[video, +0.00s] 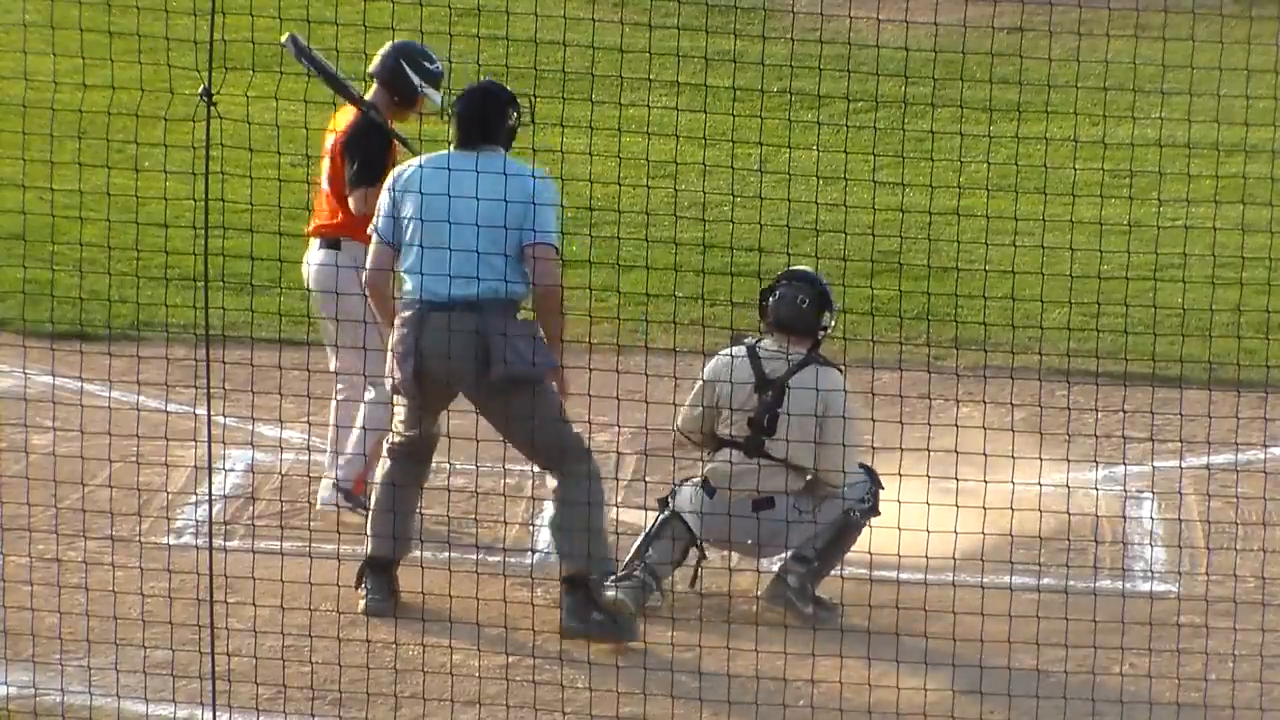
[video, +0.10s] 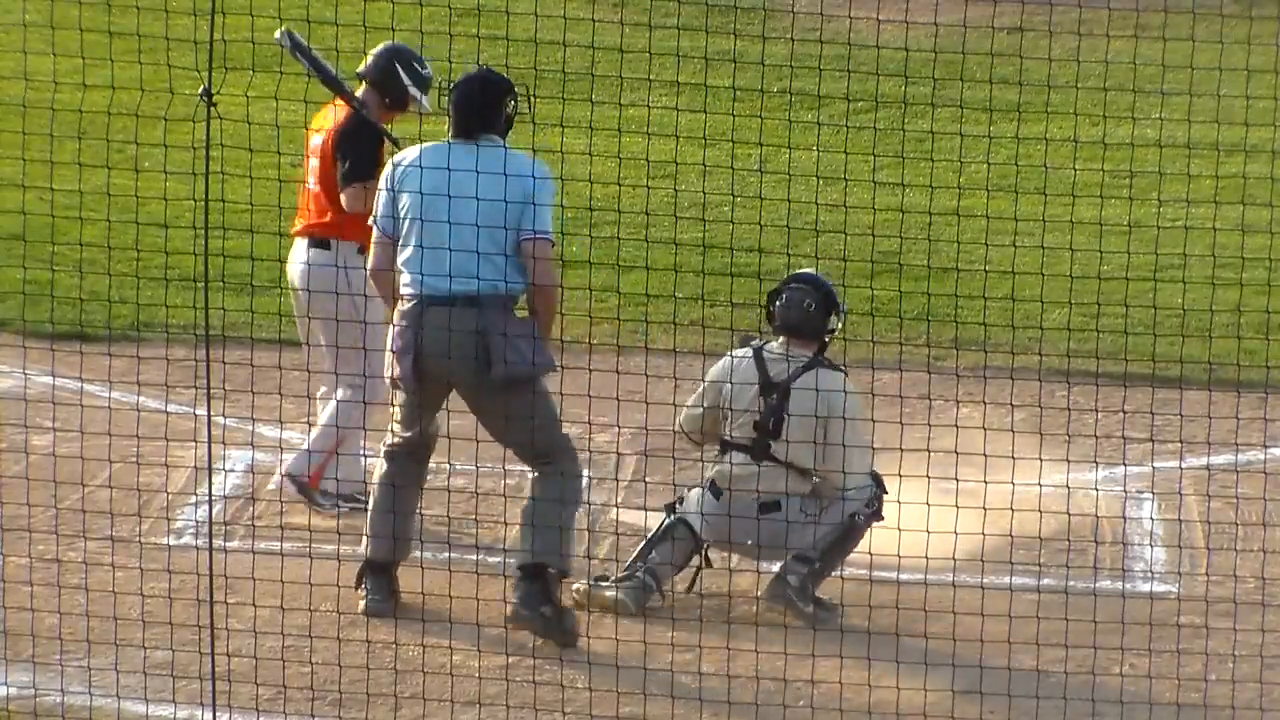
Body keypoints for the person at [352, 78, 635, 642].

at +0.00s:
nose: (517, 134)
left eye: (511, 126)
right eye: (515, 127)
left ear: (456, 129)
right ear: (509, 131)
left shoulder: (408, 176)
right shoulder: (532, 183)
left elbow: (375, 277)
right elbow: (543, 272)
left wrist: (399, 335)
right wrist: (554, 358)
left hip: (420, 336)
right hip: (496, 337)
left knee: (408, 447)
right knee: (572, 461)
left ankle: (378, 578)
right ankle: (581, 597)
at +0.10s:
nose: (511, 122)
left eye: (506, 114)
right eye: (510, 115)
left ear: (451, 117)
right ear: (505, 119)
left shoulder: (405, 165)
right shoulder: (530, 172)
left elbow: (380, 268)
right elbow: (540, 262)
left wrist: (406, 320)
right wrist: (542, 341)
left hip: (418, 330)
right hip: (492, 331)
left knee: (407, 446)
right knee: (557, 463)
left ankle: (377, 578)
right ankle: (536, 588)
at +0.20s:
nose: (515, 117)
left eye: (509, 109)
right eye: (514, 109)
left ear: (454, 113)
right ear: (507, 115)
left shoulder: (408, 162)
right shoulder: (533, 170)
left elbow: (388, 269)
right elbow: (543, 274)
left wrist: (415, 315)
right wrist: (537, 339)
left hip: (418, 330)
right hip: (490, 335)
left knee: (408, 447)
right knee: (540, 471)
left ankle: (377, 578)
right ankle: (511, 597)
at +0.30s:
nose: (525, 118)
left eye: (519, 109)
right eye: (523, 111)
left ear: (465, 114)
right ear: (517, 117)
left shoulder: (417, 163)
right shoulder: (540, 173)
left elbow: (397, 273)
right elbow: (546, 279)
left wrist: (420, 318)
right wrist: (547, 341)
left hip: (424, 334)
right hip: (497, 340)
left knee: (410, 449)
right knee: (533, 476)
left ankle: (377, 582)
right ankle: (504, 608)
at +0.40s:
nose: (539, 120)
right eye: (537, 112)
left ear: (478, 111)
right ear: (532, 116)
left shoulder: (431, 162)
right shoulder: (552, 173)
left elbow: (407, 269)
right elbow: (558, 279)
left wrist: (424, 321)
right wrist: (564, 350)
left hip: (436, 336)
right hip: (508, 341)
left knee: (413, 458)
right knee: (536, 479)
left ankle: (377, 589)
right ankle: (503, 610)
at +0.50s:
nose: (550, 115)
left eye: (543, 106)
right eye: (548, 107)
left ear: (490, 107)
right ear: (543, 112)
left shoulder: (440, 158)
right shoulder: (564, 170)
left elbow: (415, 265)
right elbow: (573, 280)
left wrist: (412, 332)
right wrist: (592, 352)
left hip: (446, 333)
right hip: (519, 338)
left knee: (419, 455)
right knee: (538, 478)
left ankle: (382, 587)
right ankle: (503, 611)